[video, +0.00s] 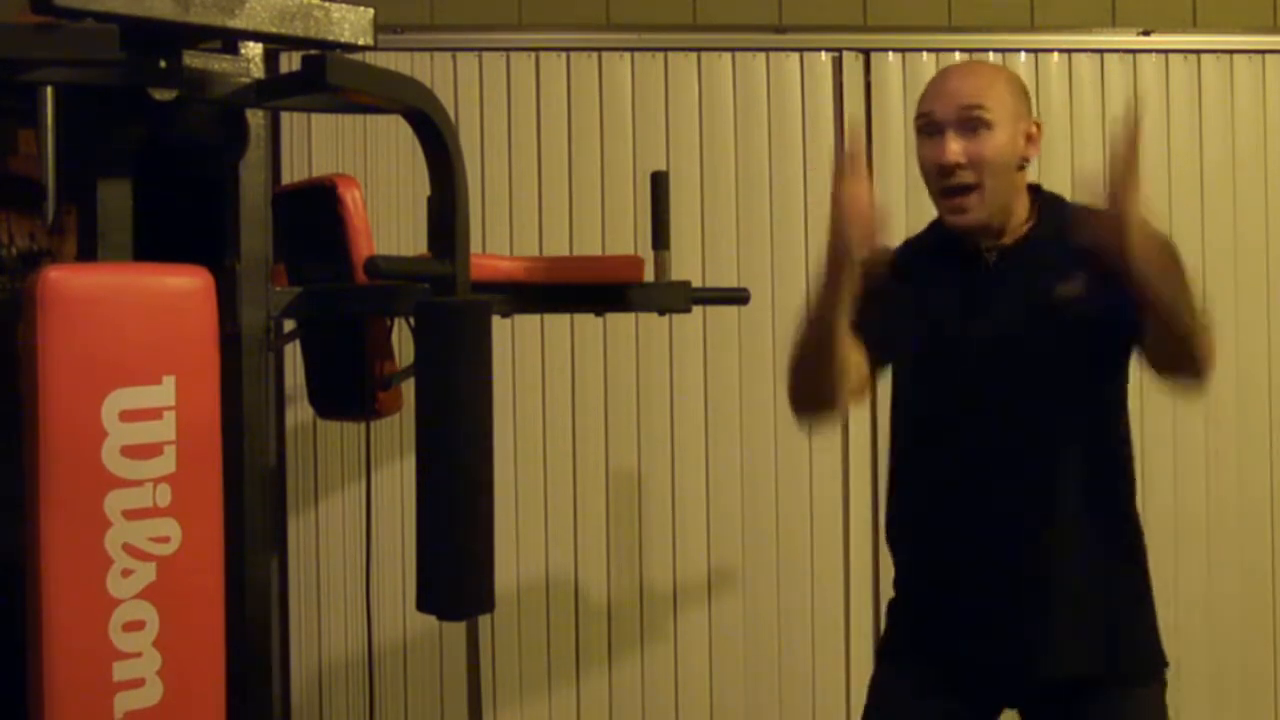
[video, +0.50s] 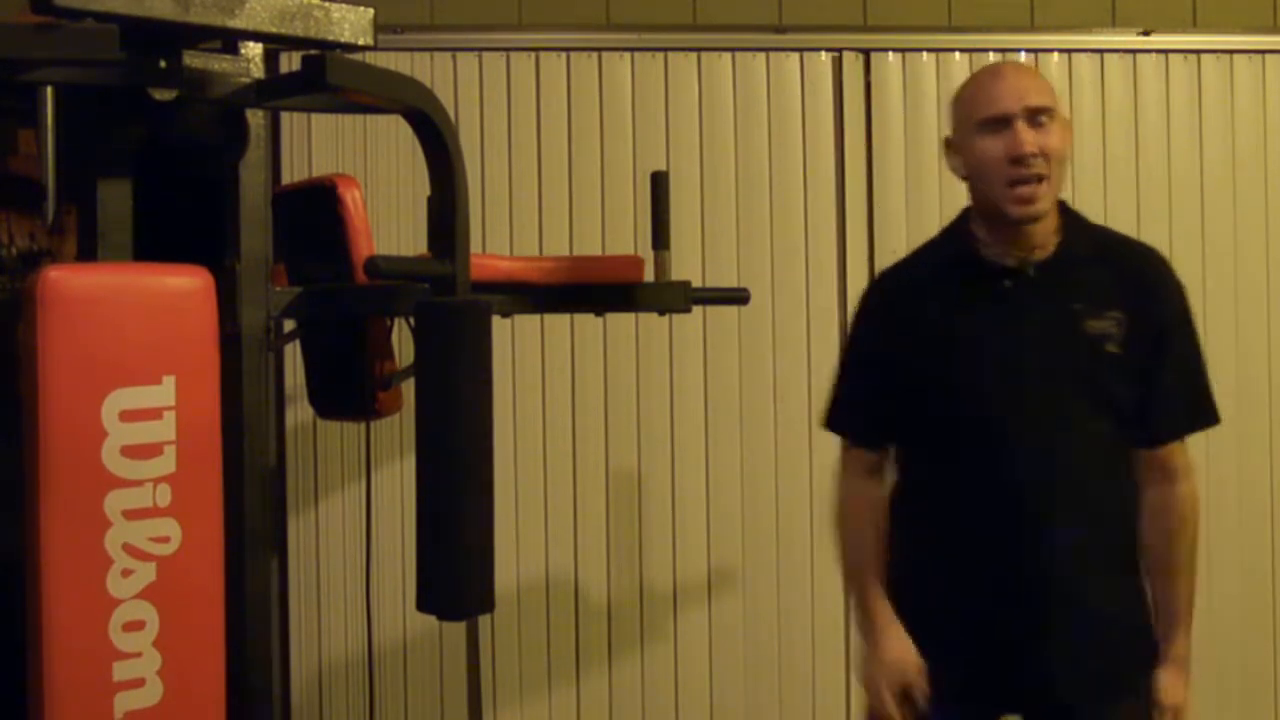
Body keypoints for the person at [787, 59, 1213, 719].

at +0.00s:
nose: (948, 154)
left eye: (974, 126)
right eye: (930, 131)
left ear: (1028, 141)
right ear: (916, 148)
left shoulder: (1103, 248)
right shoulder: (903, 274)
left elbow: (1188, 363)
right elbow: (812, 398)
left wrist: (1139, 241)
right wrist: (844, 264)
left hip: (1086, 624)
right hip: (938, 626)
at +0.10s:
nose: (959, 133)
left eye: (984, 106)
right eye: (941, 113)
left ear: (1037, 124)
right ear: (926, 132)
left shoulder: (1112, 233)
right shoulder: (904, 262)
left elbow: (1219, 304)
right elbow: (801, 339)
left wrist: (1176, 181)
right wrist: (818, 188)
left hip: (1098, 628)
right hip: (945, 628)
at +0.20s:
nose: (978, 131)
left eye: (1001, 107)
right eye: (958, 113)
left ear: (1052, 125)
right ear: (941, 136)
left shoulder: (1132, 245)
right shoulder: (914, 272)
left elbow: (1247, 356)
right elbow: (800, 370)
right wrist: (804, 228)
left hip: (1112, 633)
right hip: (958, 635)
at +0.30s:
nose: (996, 138)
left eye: (1017, 113)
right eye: (975, 120)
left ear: (1068, 127)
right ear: (956, 141)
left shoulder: (1151, 262)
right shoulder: (918, 285)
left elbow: (1233, 405)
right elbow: (834, 449)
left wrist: (1233, 469)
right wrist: (810, 412)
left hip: (1121, 629)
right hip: (966, 632)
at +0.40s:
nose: (1019, 140)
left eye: (1038, 115)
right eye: (994, 122)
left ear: (1079, 132)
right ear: (965, 149)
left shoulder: (1154, 274)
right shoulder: (915, 293)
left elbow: (1193, 462)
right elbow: (875, 458)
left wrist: (1200, 643)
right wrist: (872, 604)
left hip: (1120, 636)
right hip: (964, 635)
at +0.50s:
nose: (1024, 144)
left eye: (1040, 120)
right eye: (995, 126)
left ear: (1066, 138)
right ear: (955, 156)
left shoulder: (1136, 281)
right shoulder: (900, 297)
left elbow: (1164, 473)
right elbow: (863, 469)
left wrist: (1172, 655)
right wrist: (878, 628)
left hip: (1097, 648)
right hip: (947, 657)